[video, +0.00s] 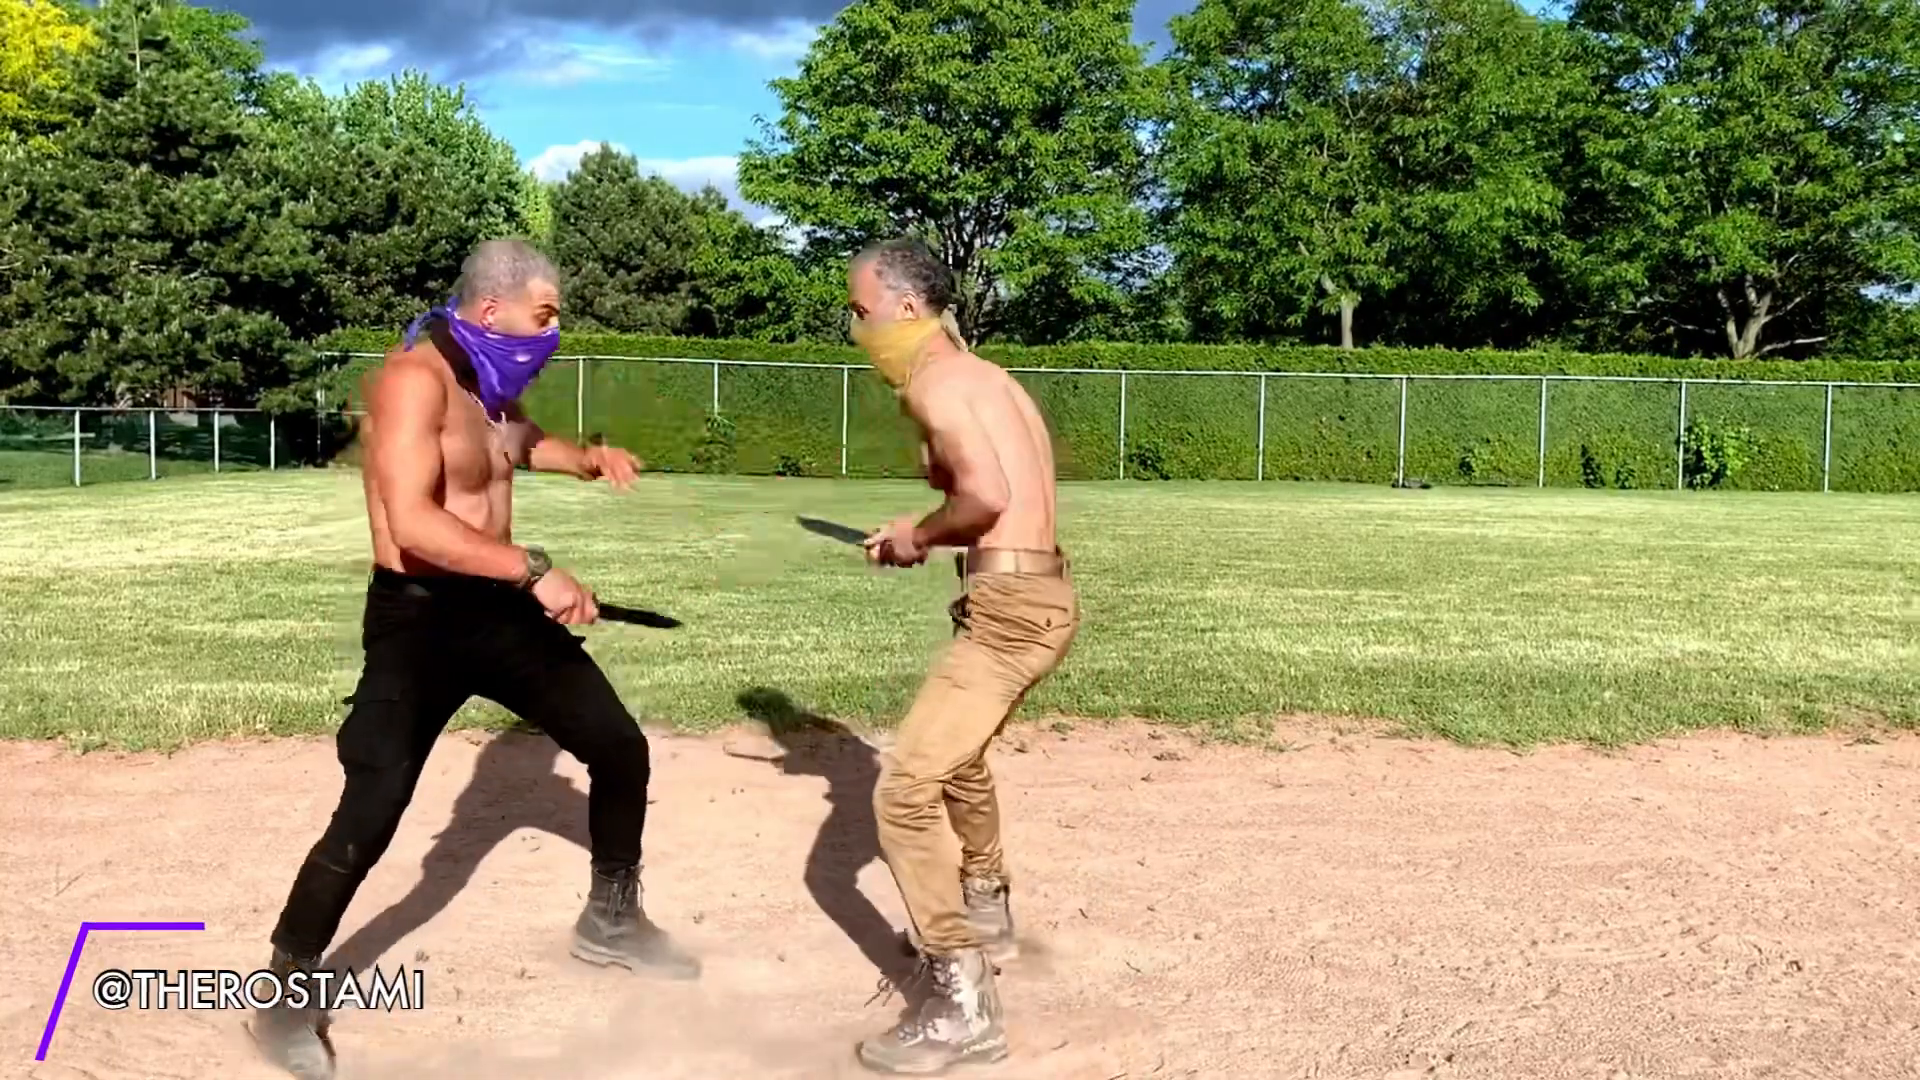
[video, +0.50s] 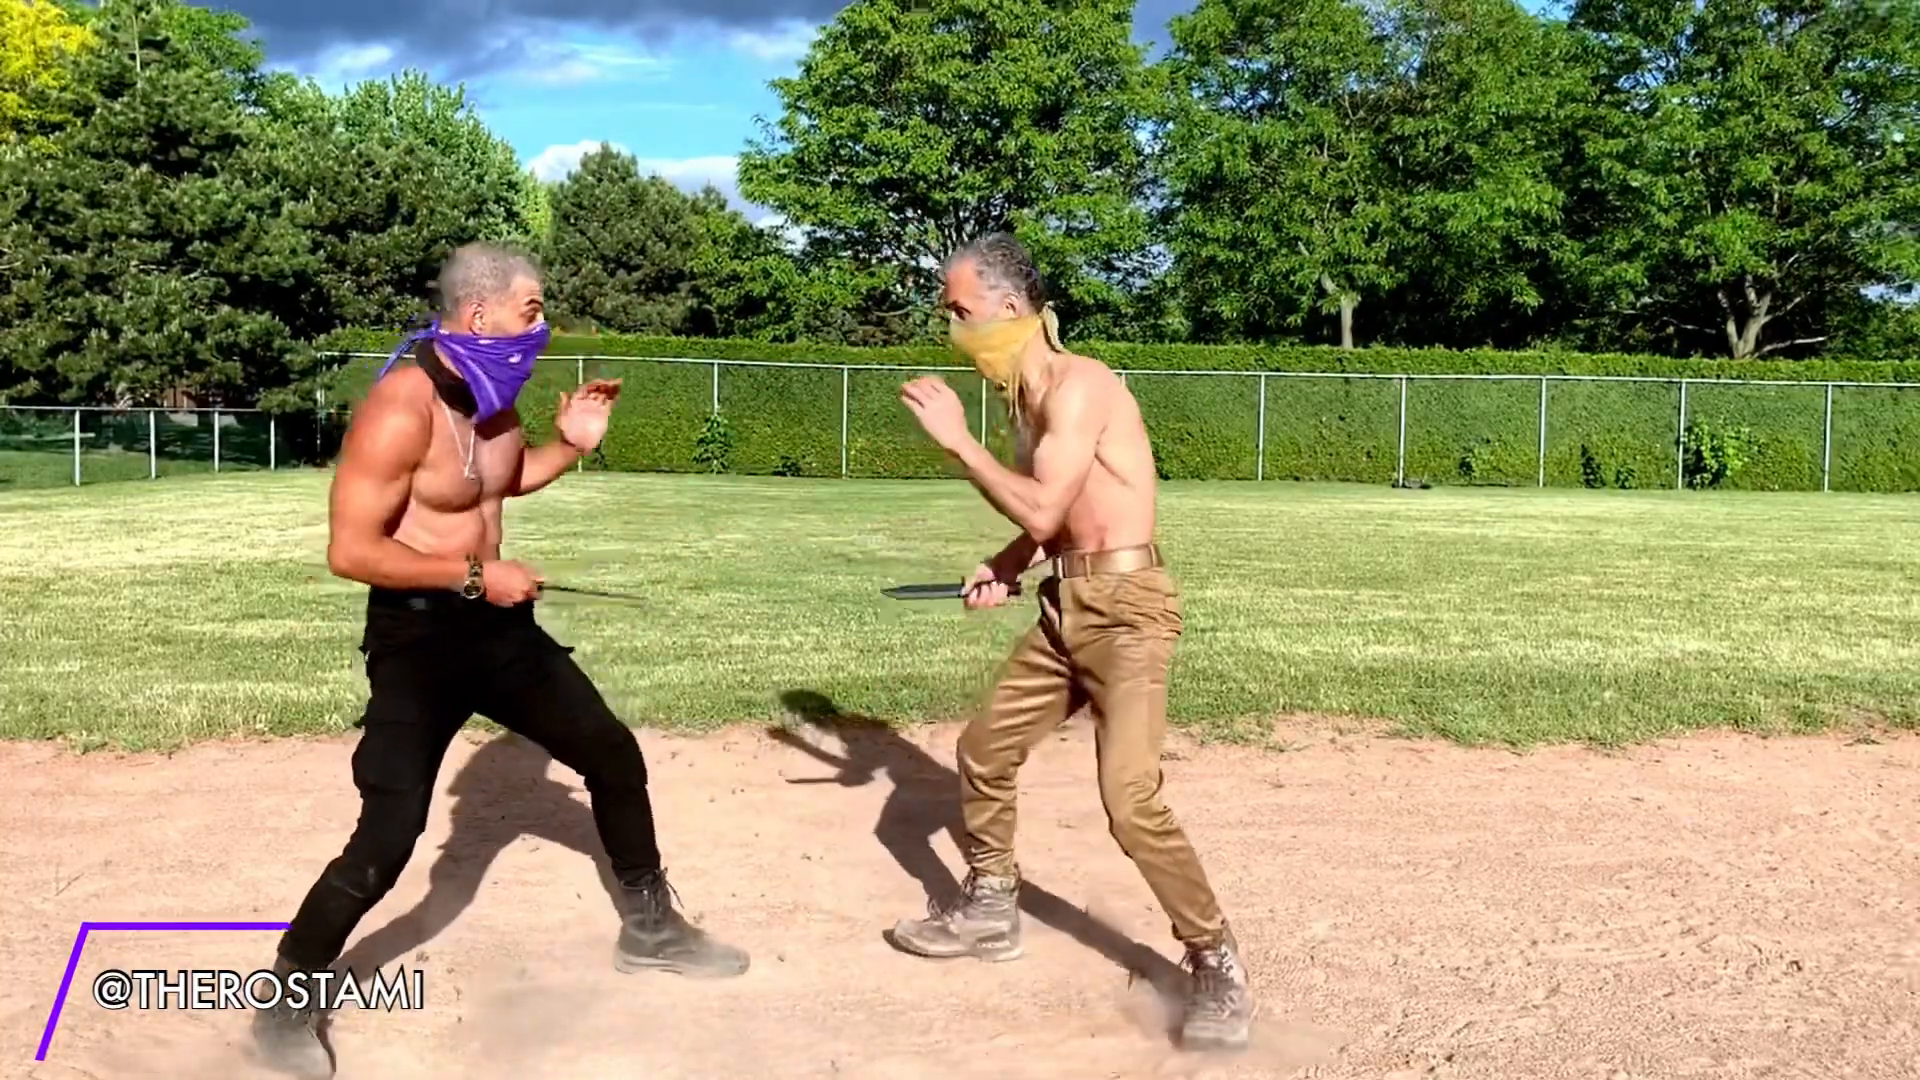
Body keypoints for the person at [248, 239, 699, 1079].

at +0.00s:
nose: (552, 335)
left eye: (554, 318)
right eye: (542, 316)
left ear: (503, 313)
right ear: (488, 310)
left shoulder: (493, 379)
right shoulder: (412, 379)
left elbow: (517, 444)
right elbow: (408, 523)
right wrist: (534, 570)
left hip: (501, 612)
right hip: (417, 620)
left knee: (620, 749)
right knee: (369, 814)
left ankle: (612, 917)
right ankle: (285, 990)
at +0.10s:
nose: (553, 336)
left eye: (556, 320)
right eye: (546, 318)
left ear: (496, 317)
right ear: (493, 315)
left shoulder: (480, 392)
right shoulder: (420, 393)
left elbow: (495, 484)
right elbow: (398, 546)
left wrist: (563, 425)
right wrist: (515, 595)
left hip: (504, 626)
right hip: (428, 635)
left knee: (626, 751)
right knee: (393, 837)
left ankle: (615, 919)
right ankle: (292, 992)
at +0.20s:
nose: (544, 349)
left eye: (546, 334)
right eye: (534, 333)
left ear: (490, 332)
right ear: (479, 331)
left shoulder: (497, 398)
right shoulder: (404, 417)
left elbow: (528, 471)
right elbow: (360, 558)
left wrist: (584, 428)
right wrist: (486, 589)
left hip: (496, 632)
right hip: (416, 643)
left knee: (623, 759)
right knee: (392, 838)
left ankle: (612, 924)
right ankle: (289, 995)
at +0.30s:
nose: (526, 348)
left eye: (528, 332)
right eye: (515, 331)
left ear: (477, 333)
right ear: (460, 330)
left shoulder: (481, 398)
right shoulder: (383, 417)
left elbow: (483, 477)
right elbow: (331, 554)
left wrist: (558, 426)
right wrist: (458, 581)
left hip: (490, 621)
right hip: (408, 635)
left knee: (623, 747)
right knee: (379, 827)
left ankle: (618, 914)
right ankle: (288, 995)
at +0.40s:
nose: (520, 334)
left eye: (521, 321)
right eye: (509, 318)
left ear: (469, 321)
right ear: (452, 320)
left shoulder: (485, 389)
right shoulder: (379, 410)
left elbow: (520, 456)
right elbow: (327, 555)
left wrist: (570, 406)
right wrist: (459, 570)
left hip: (490, 626)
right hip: (403, 638)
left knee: (617, 743)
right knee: (377, 830)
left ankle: (633, 915)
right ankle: (289, 995)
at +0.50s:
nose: (538, 329)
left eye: (540, 314)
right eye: (528, 311)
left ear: (490, 313)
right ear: (475, 312)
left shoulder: (491, 390)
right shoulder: (400, 405)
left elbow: (502, 480)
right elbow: (351, 549)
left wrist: (567, 447)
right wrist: (477, 571)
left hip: (497, 629)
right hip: (416, 641)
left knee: (615, 756)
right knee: (386, 841)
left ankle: (649, 924)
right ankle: (289, 1001)